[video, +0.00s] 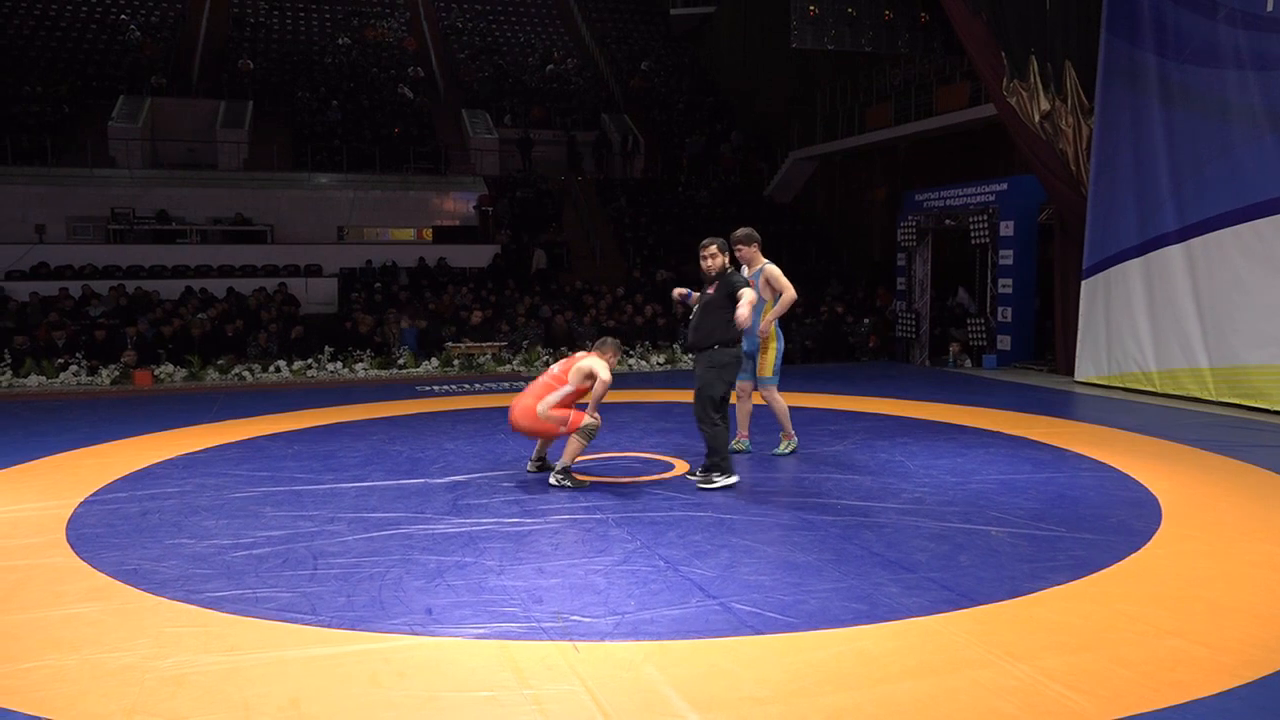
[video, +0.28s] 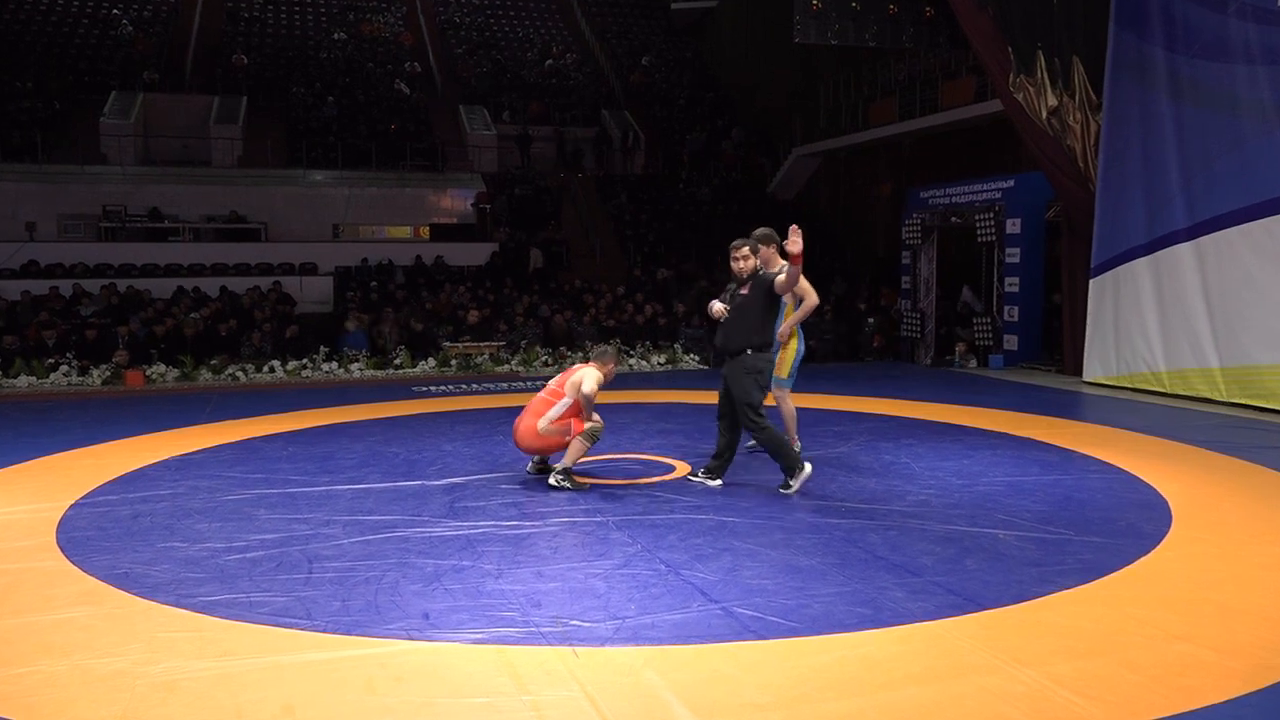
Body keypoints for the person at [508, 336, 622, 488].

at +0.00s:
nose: (615, 365)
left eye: (617, 361)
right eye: (616, 361)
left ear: (595, 351)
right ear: (609, 357)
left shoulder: (580, 356)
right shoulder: (598, 363)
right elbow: (605, 379)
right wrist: (592, 410)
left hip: (518, 412)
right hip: (534, 416)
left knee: (565, 411)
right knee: (590, 424)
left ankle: (537, 460)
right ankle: (561, 472)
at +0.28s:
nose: (613, 376)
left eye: (615, 372)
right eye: (614, 371)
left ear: (594, 361)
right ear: (610, 368)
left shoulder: (577, 368)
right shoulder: (593, 373)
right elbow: (587, 391)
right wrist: (588, 416)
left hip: (521, 434)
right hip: (536, 438)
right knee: (594, 427)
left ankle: (539, 462)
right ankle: (561, 472)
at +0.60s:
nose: (616, 387)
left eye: (619, 383)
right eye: (618, 382)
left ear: (595, 367)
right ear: (610, 377)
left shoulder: (571, 371)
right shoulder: (595, 379)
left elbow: (545, 371)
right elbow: (591, 384)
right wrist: (583, 413)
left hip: (508, 429)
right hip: (524, 434)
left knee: (558, 416)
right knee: (586, 427)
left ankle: (531, 467)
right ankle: (556, 480)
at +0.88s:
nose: (615, 374)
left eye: (616, 369)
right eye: (616, 368)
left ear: (592, 358)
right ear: (606, 365)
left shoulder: (572, 364)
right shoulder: (587, 370)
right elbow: (569, 389)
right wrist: (573, 419)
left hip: (497, 420)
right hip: (511, 424)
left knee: (555, 423)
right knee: (577, 433)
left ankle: (520, 475)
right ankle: (546, 489)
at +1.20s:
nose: (612, 356)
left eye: (615, 351)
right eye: (615, 349)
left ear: (599, 335)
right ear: (606, 340)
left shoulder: (573, 334)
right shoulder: (583, 339)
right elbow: (547, 360)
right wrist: (539, 404)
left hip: (479, 363)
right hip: (493, 366)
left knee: (516, 421)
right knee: (539, 425)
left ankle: (504, 484)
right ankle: (532, 500)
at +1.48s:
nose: (603, 358)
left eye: (607, 353)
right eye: (607, 351)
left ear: (596, 337)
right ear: (599, 340)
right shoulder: (578, 336)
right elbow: (535, 359)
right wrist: (520, 405)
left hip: (462, 354)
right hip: (480, 357)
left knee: (492, 427)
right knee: (514, 428)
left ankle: (489, 495)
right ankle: (519, 512)